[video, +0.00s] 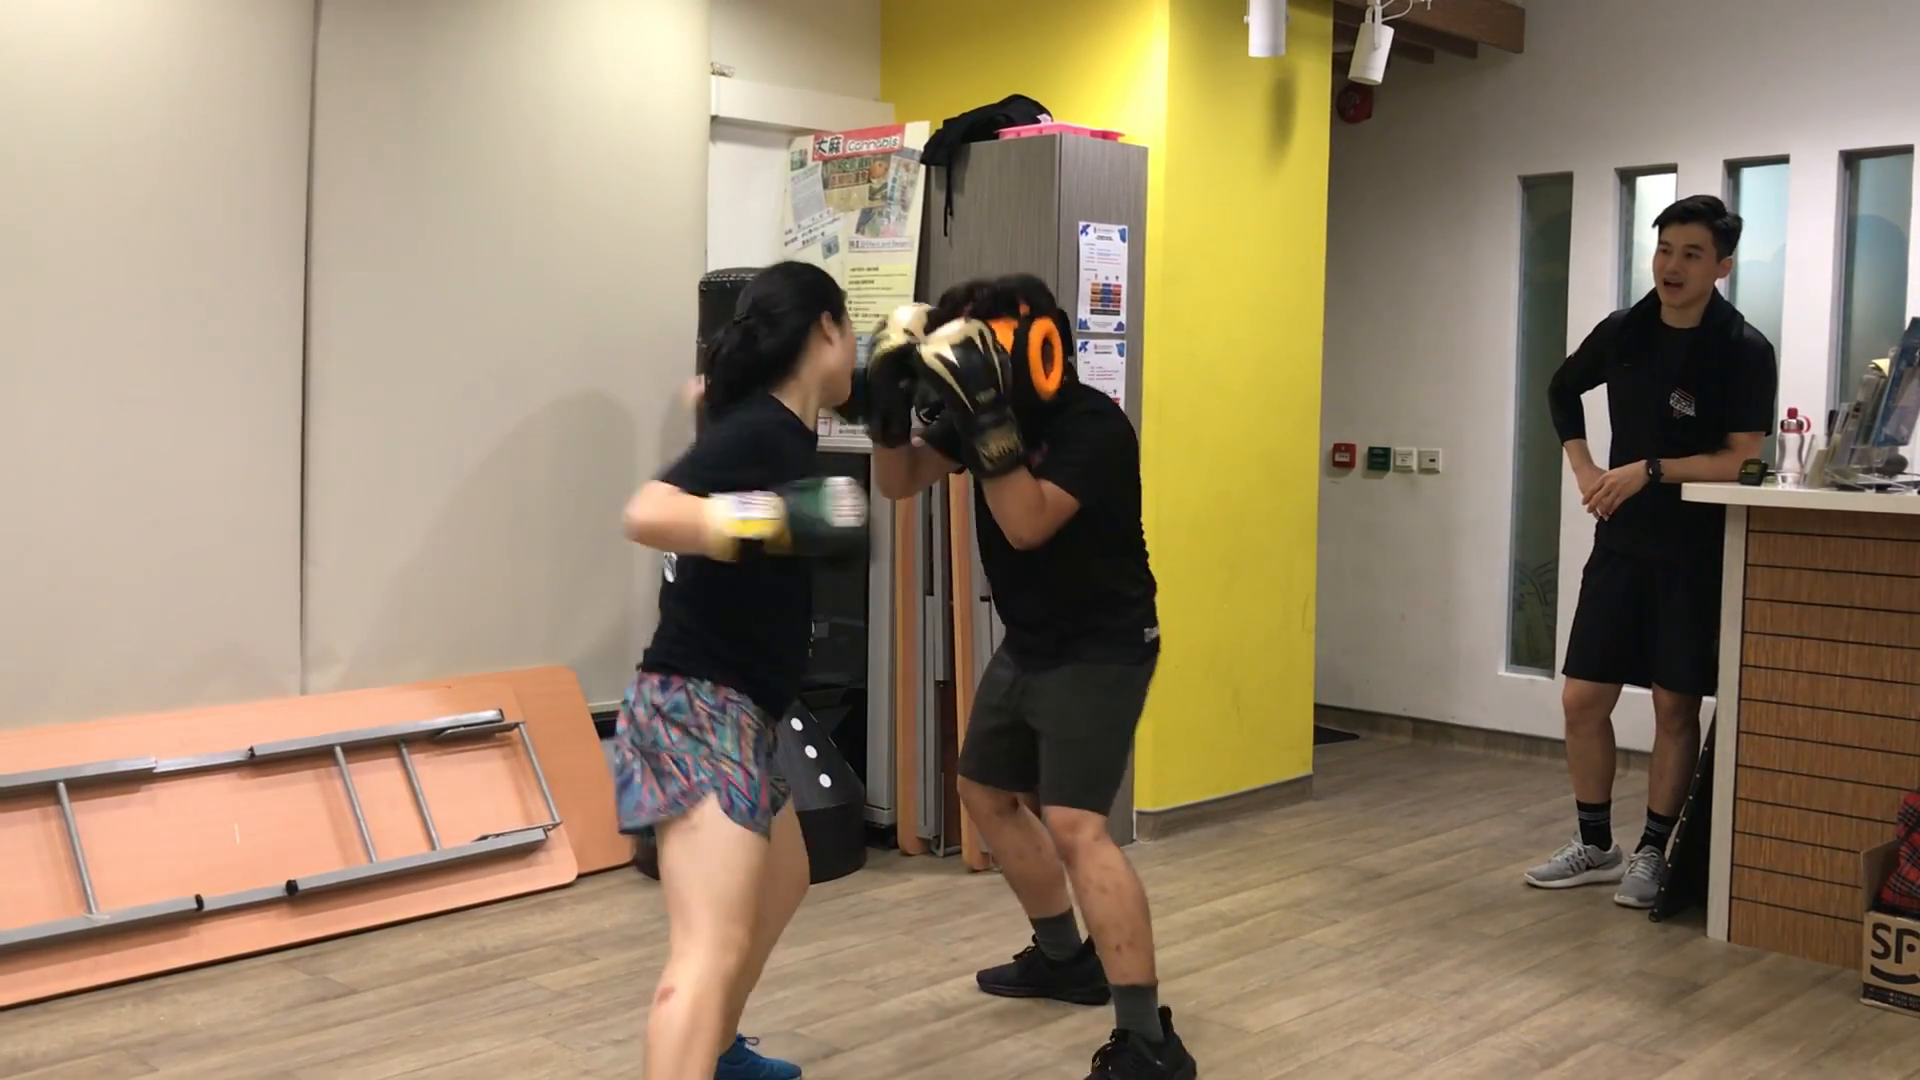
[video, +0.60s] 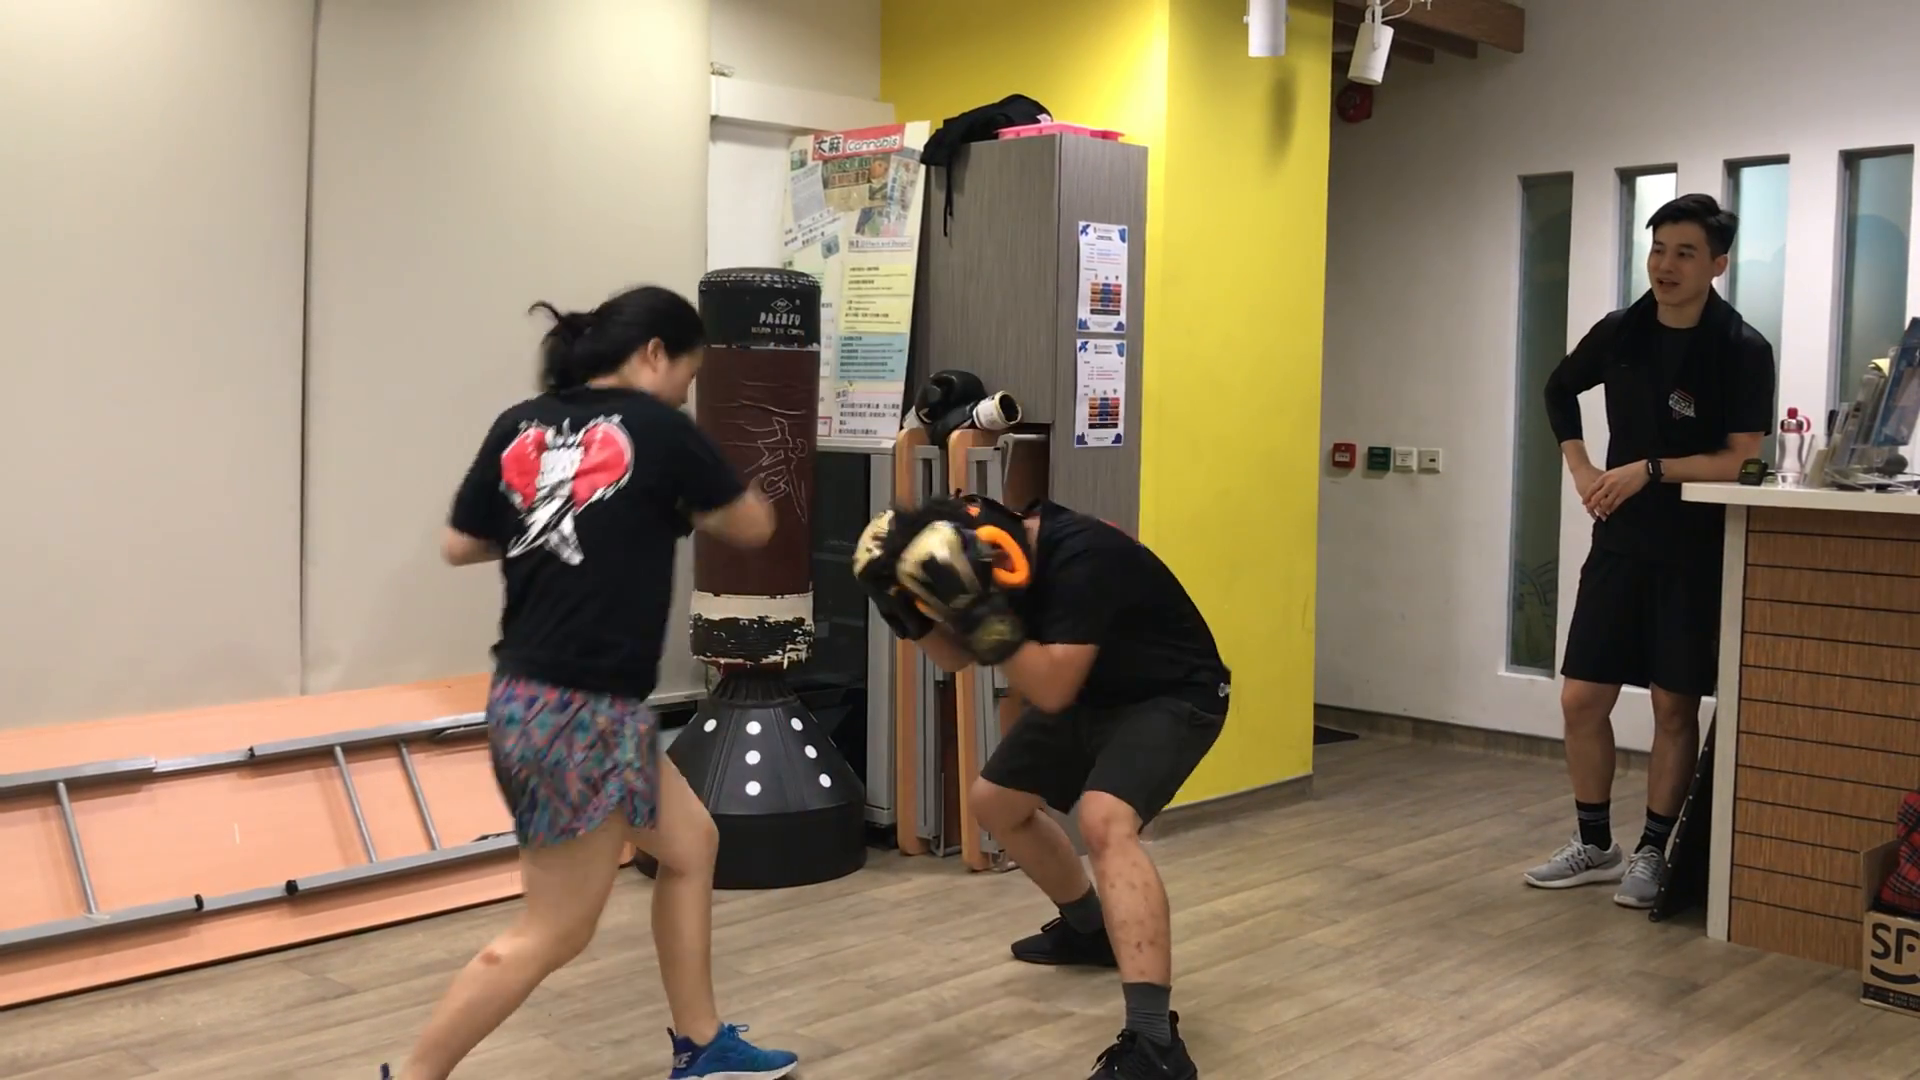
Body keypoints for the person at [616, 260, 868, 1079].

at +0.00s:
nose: (853, 346)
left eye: (847, 329)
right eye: (846, 329)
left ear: (780, 339)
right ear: (819, 336)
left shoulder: (786, 434)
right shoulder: (759, 432)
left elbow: (701, 400)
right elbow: (646, 511)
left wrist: (700, 404)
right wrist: (735, 523)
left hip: (736, 707)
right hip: (696, 705)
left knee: (782, 878)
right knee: (711, 949)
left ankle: (715, 1043)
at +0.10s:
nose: (835, 342)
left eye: (832, 325)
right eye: (829, 323)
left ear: (773, 323)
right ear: (793, 320)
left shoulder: (769, 415)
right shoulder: (734, 408)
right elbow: (617, 470)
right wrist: (710, 486)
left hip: (740, 677)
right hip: (703, 681)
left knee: (758, 884)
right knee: (722, 908)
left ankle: (711, 1044)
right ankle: (676, 1069)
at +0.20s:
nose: (795, 348)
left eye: (798, 332)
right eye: (795, 328)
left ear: (723, 315)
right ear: (755, 309)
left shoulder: (660, 385)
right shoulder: (729, 378)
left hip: (644, 649)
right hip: (714, 653)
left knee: (715, 875)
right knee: (728, 889)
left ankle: (709, 1051)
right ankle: (601, 1070)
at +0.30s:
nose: (764, 350)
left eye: (765, 338)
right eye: (761, 336)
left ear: (679, 327)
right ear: (722, 322)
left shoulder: (608, 398)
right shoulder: (744, 388)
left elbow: (586, 522)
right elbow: (861, 374)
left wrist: (669, 474)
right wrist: (935, 353)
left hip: (611, 663)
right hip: (697, 667)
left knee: (686, 879)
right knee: (692, 895)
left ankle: (708, 1049)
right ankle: (519, 1064)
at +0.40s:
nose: (740, 363)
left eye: (741, 353)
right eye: (738, 351)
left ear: (650, 338)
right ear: (702, 330)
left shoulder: (572, 404)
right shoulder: (711, 384)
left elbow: (550, 543)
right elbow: (861, 379)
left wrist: (625, 479)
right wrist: (812, 378)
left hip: (591, 667)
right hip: (671, 674)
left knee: (689, 872)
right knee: (653, 896)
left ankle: (707, 1047)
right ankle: (470, 1053)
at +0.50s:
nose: (712, 367)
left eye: (716, 357)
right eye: (711, 353)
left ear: (622, 338)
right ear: (675, 333)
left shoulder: (547, 402)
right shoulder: (685, 392)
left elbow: (512, 537)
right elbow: (801, 428)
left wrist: (603, 489)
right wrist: (741, 471)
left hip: (568, 670)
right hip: (623, 681)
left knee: (684, 853)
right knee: (612, 904)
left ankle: (702, 1046)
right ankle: (448, 1062)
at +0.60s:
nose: (688, 392)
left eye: (690, 377)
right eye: (688, 373)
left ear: (611, 355)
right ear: (651, 355)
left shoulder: (520, 423)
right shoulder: (657, 427)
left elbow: (461, 542)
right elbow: (754, 523)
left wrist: (558, 512)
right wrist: (680, 507)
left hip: (527, 700)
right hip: (585, 715)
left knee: (690, 840)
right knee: (555, 929)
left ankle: (701, 1044)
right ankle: (413, 1073)